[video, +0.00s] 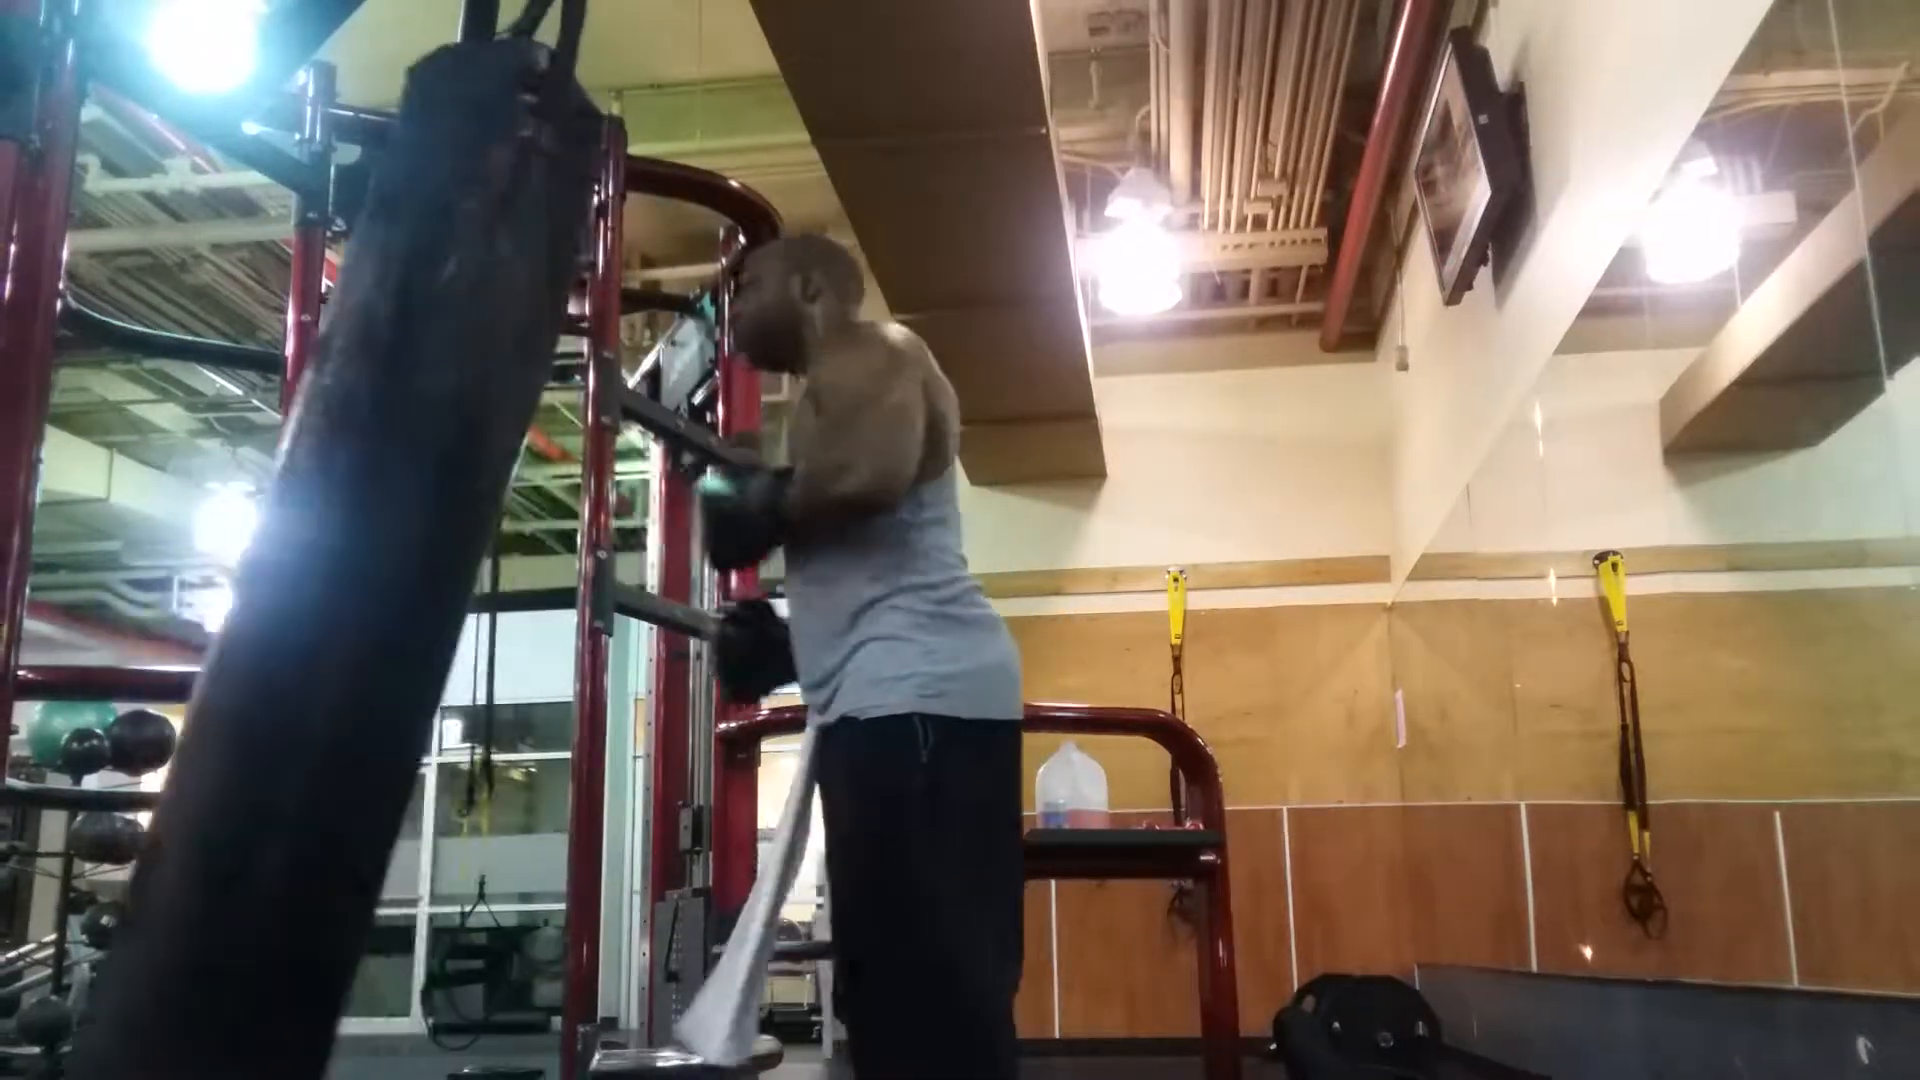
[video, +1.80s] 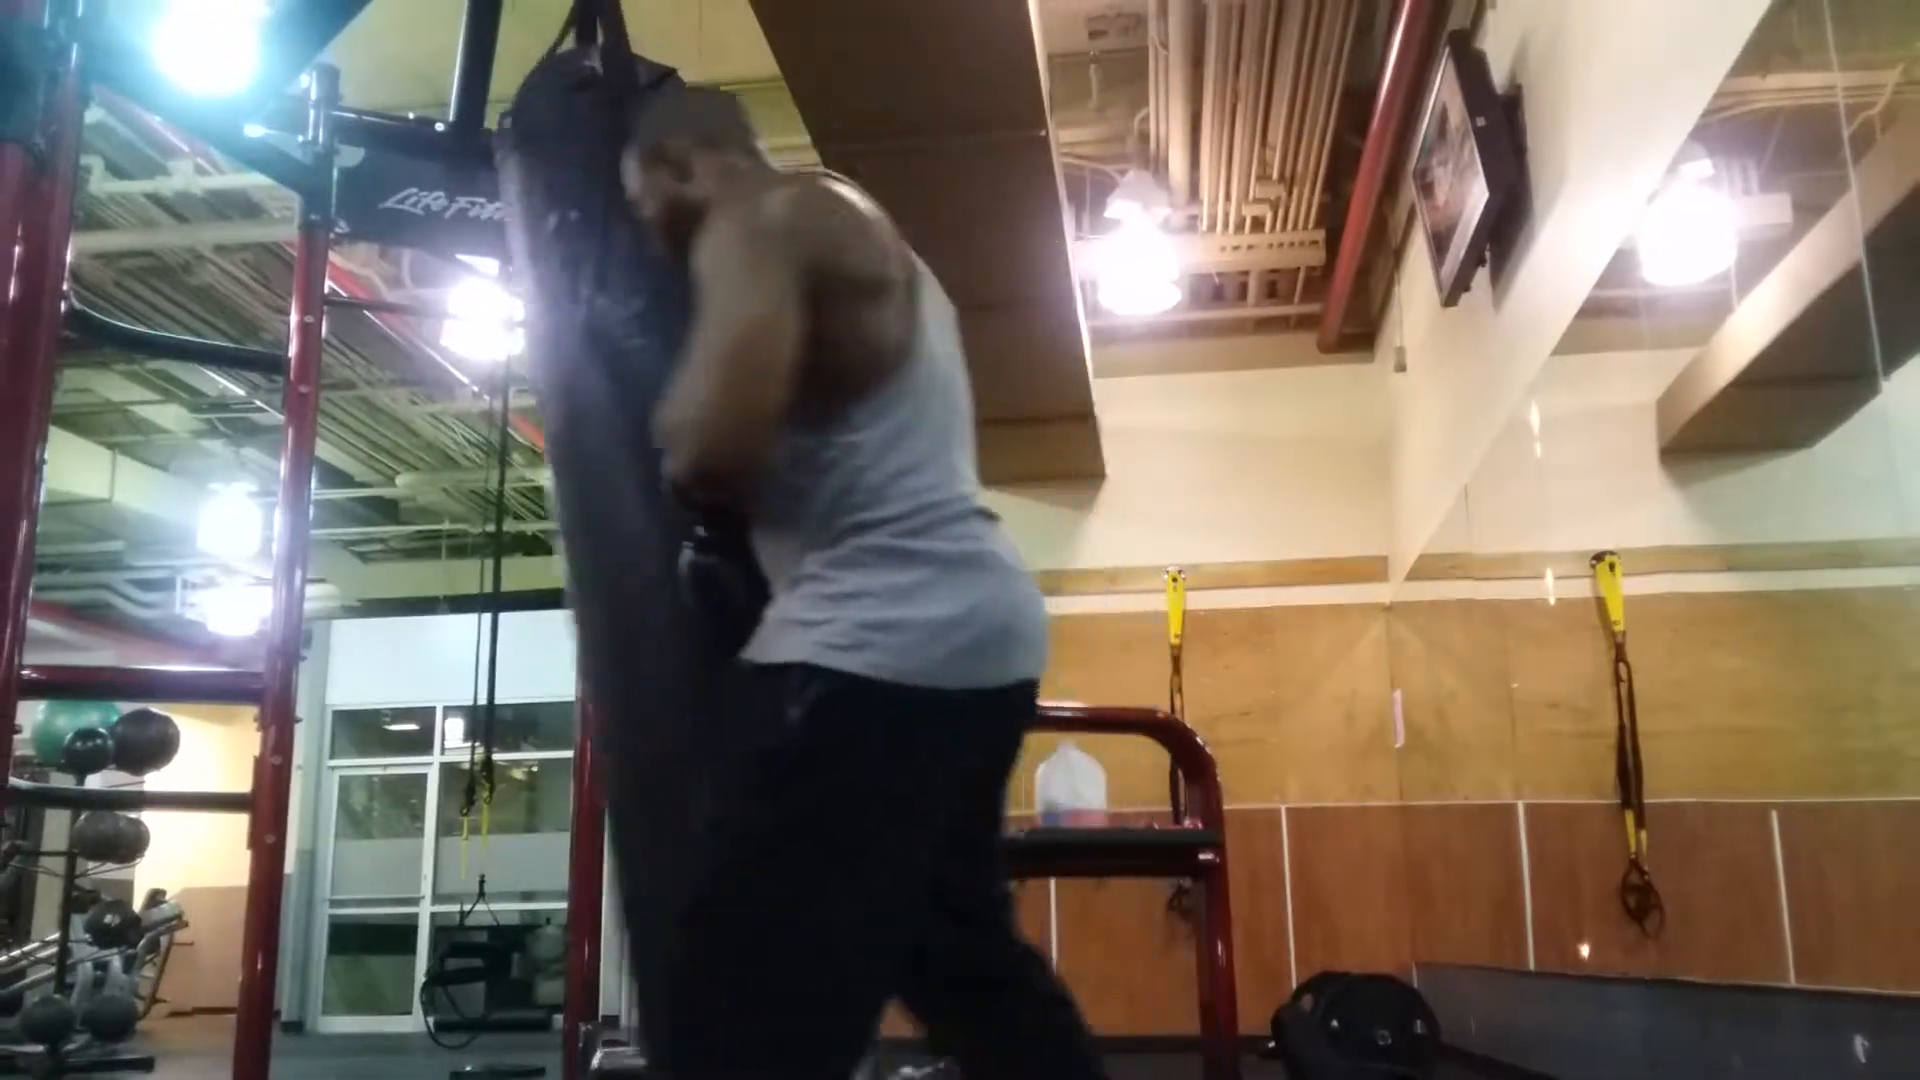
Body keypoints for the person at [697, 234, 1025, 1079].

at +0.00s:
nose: (730, 310)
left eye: (744, 285)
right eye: (731, 292)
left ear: (812, 288)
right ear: (814, 294)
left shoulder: (868, 349)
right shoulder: (822, 397)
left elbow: (873, 474)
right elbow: (884, 576)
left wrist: (765, 505)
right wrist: (789, 639)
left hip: (922, 696)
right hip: (884, 697)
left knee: (921, 988)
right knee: (896, 984)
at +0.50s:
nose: (811, 256)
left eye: (824, 235)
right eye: (815, 237)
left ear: (880, 234)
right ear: (895, 241)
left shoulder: (938, 313)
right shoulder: (938, 331)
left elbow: (885, 474)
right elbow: (963, 546)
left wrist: (815, 489)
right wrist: (868, 608)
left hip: (971, 699)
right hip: (978, 698)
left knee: (960, 1020)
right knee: (983, 1016)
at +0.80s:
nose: (839, 236)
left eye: (841, 206)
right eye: (836, 211)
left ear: (883, 183)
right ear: (950, 187)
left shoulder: (944, 266)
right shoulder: (1049, 293)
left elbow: (869, 469)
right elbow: (1107, 510)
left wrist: (850, 474)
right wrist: (934, 566)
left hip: (1018, 673)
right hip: (1104, 665)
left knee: (1012, 1020)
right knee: (1084, 1010)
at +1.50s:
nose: (813, 265)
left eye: (811, 235)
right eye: (803, 243)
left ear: (860, 201)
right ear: (894, 198)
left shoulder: (954, 269)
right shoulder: (1012, 270)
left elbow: (905, 473)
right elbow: (1083, 469)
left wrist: (839, 465)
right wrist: (895, 506)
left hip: (1002, 683)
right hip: (1069, 675)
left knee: (919, 994)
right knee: (1091, 979)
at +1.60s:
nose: (754, 251)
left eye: (751, 219)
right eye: (743, 228)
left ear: (801, 191)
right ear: (840, 190)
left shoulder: (905, 263)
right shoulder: (942, 260)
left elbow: (876, 463)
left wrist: (801, 480)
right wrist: (818, 457)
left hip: (960, 676)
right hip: (1021, 672)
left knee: (848, 1000)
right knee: (1066, 981)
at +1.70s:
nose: (691, 240)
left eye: (685, 211)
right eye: (682, 218)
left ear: (718, 181)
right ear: (781, 165)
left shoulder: (833, 238)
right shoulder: (895, 236)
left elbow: (798, 435)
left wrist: (726, 470)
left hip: (908, 663)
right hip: (997, 658)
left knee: (789, 977)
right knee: (1007, 940)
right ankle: (1109, 1072)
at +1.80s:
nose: (653, 227)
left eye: (646, 203)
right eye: (642, 208)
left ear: (679, 164)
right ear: (740, 145)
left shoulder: (761, 220)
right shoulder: (864, 228)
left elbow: (709, 436)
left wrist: (690, 467)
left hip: (876, 646)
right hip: (977, 638)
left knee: (753, 987)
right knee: (956, 952)